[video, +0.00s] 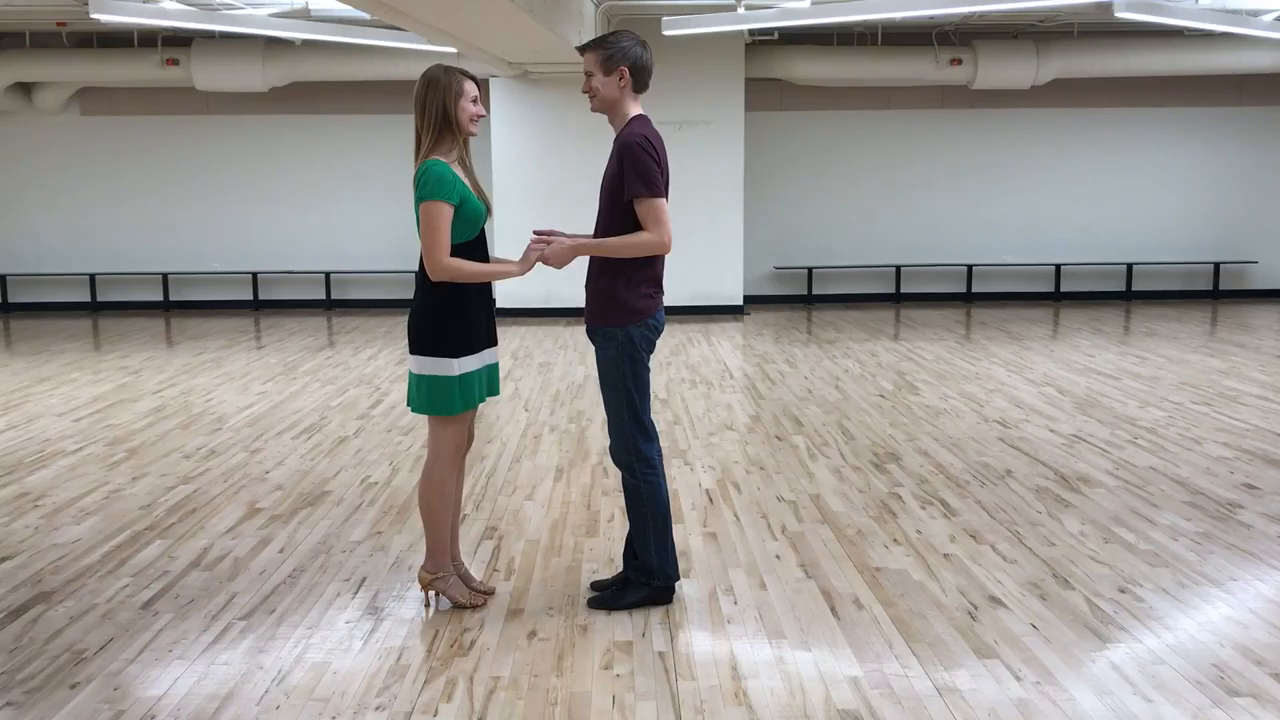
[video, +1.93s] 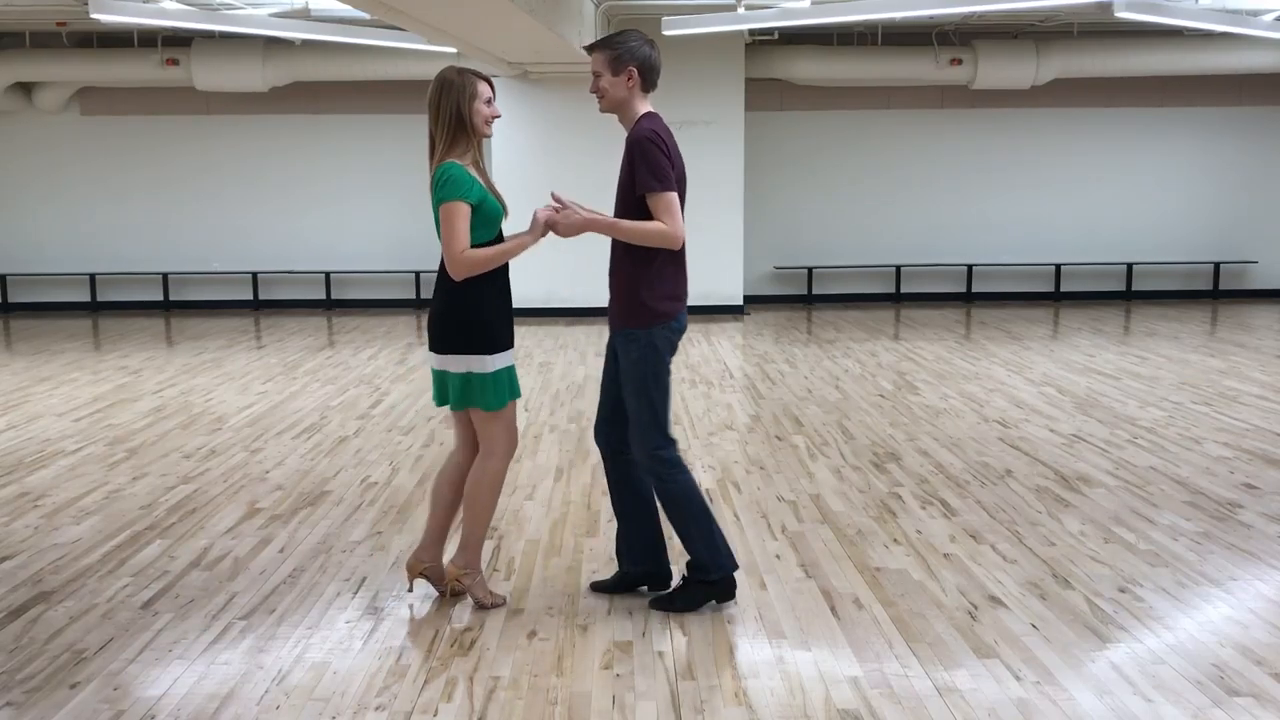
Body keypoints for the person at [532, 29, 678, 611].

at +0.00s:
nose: (584, 86)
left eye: (590, 75)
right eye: (584, 76)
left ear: (620, 76)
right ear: (621, 77)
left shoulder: (636, 142)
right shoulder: (630, 138)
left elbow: (659, 239)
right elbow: (636, 235)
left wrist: (578, 245)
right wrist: (573, 243)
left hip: (627, 320)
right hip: (621, 317)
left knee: (635, 450)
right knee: (632, 448)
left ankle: (654, 576)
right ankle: (645, 569)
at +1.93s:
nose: (592, 89)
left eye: (597, 78)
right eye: (591, 78)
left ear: (628, 77)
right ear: (628, 80)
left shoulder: (647, 138)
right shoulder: (645, 135)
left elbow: (672, 233)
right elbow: (651, 228)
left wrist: (592, 221)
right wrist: (588, 217)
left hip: (649, 320)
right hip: (634, 318)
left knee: (651, 446)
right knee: (614, 436)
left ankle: (714, 570)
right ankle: (644, 566)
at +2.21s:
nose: (616, 92)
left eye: (622, 81)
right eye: (615, 82)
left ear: (656, 81)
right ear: (653, 84)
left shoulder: (673, 143)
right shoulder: (669, 139)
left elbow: (702, 238)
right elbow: (676, 235)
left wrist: (622, 259)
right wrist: (616, 240)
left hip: (686, 324)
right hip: (672, 323)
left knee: (672, 447)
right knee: (646, 439)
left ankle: (716, 578)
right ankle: (717, 557)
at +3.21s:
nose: (573, 85)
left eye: (580, 74)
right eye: (573, 75)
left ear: (612, 77)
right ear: (612, 79)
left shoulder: (628, 139)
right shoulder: (625, 136)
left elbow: (648, 240)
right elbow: (626, 233)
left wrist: (574, 235)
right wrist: (568, 234)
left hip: (622, 318)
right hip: (615, 315)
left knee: (600, 446)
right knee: (607, 443)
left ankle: (678, 556)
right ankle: (630, 566)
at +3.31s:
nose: (565, 84)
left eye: (572, 74)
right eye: (566, 74)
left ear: (603, 77)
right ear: (604, 78)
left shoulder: (620, 143)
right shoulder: (616, 139)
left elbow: (641, 242)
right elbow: (619, 236)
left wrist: (560, 251)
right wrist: (556, 254)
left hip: (610, 320)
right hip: (611, 316)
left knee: (570, 442)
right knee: (606, 436)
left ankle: (628, 569)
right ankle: (637, 567)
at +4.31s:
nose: (586, 85)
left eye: (591, 74)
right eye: (586, 74)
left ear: (623, 74)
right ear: (622, 77)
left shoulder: (641, 136)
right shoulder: (640, 133)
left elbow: (667, 231)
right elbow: (641, 226)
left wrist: (587, 224)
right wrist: (581, 214)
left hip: (645, 320)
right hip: (629, 317)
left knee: (654, 445)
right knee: (609, 434)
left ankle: (710, 570)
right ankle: (630, 563)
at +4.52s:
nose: (607, 88)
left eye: (613, 77)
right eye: (607, 78)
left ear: (645, 78)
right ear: (645, 80)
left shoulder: (663, 141)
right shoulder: (663, 137)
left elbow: (687, 239)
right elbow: (667, 236)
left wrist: (607, 263)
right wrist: (607, 241)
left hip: (677, 322)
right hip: (660, 320)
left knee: (668, 446)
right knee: (636, 436)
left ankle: (713, 580)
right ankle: (685, 565)